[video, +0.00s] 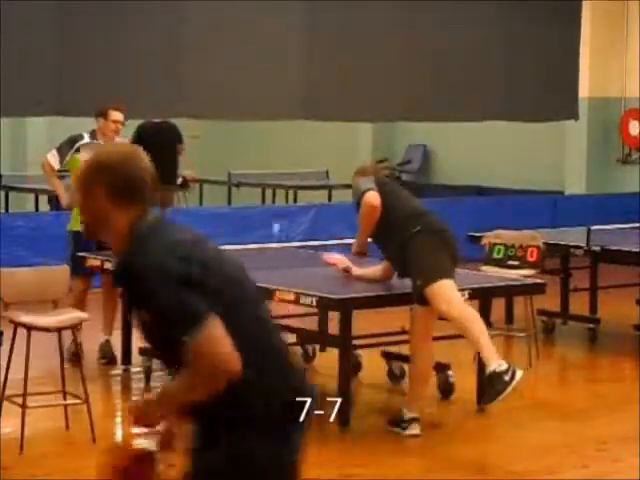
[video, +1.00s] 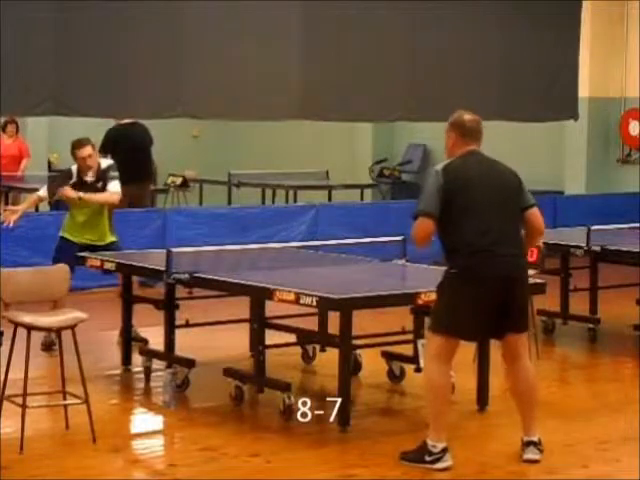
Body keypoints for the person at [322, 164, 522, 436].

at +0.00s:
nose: (357, 194)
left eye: (356, 188)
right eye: (357, 189)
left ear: (362, 180)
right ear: (383, 177)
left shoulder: (368, 180)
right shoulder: (401, 209)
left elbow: (372, 202)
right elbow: (385, 273)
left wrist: (361, 244)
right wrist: (352, 271)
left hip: (424, 239)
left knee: (449, 304)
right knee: (420, 338)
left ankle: (497, 367)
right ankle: (411, 415)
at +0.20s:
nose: (360, 178)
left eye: (360, 175)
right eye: (362, 175)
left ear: (366, 170)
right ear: (385, 171)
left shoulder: (370, 177)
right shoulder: (400, 194)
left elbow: (375, 200)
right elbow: (401, 255)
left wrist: (362, 241)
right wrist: (366, 273)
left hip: (424, 244)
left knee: (442, 313)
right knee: (418, 335)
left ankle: (483, 386)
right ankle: (410, 415)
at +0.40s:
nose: (470, 129)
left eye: (471, 123)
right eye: (472, 123)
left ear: (479, 125)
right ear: (506, 126)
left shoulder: (475, 163)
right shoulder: (530, 167)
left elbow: (465, 215)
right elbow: (544, 220)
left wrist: (444, 222)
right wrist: (509, 225)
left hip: (484, 276)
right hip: (526, 276)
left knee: (456, 350)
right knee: (519, 353)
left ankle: (435, 439)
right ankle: (524, 442)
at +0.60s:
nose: (449, 135)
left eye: (450, 129)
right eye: (451, 128)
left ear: (457, 130)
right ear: (485, 130)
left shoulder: (452, 168)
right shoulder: (512, 169)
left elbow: (432, 223)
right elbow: (530, 223)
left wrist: (451, 221)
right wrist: (496, 226)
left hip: (467, 280)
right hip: (513, 280)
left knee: (444, 359)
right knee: (517, 357)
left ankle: (437, 445)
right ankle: (522, 441)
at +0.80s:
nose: (435, 139)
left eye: (436, 133)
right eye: (437, 132)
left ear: (443, 133)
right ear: (471, 133)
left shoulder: (435, 171)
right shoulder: (500, 169)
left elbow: (416, 229)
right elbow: (525, 222)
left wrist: (426, 216)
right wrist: (495, 234)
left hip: (460, 276)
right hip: (506, 276)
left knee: (438, 357)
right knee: (514, 352)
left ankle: (436, 445)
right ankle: (528, 436)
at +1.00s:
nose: (445, 144)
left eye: (446, 138)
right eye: (446, 138)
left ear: (453, 138)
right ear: (479, 139)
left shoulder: (443, 173)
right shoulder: (508, 174)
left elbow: (422, 233)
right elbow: (536, 226)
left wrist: (426, 225)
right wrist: (515, 249)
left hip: (467, 277)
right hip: (513, 277)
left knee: (438, 359)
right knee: (517, 357)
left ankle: (435, 445)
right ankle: (531, 440)